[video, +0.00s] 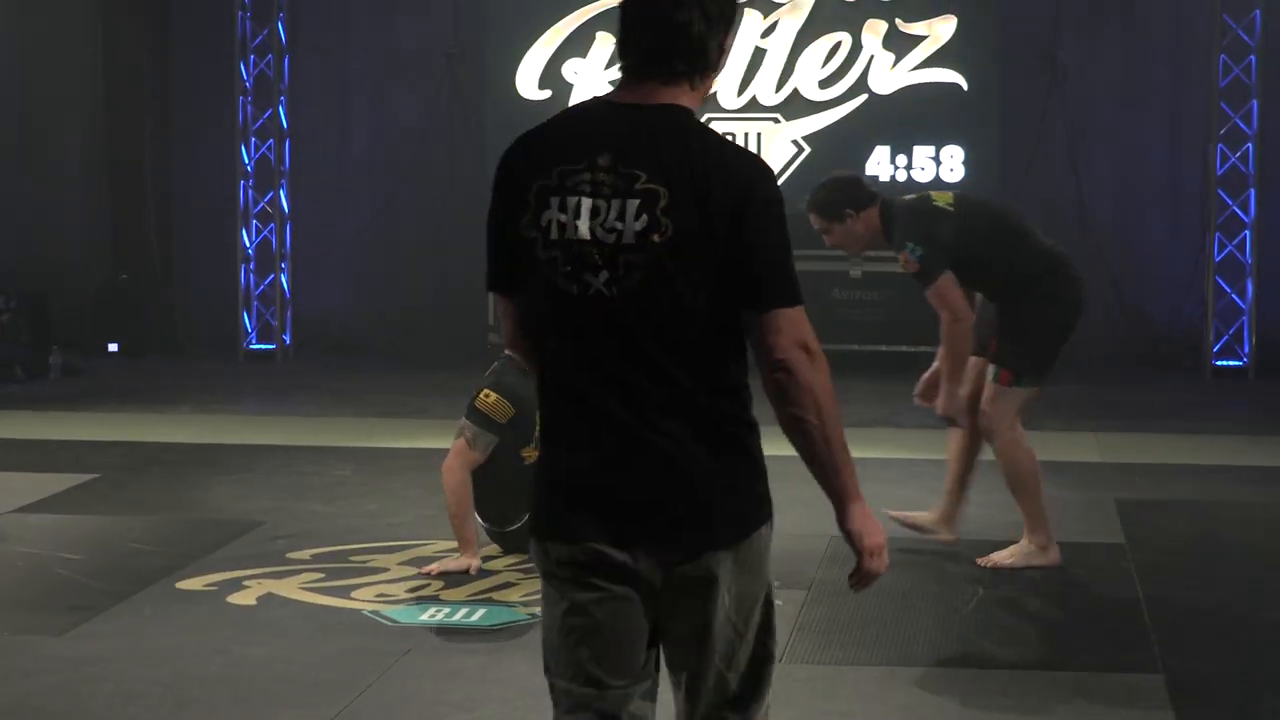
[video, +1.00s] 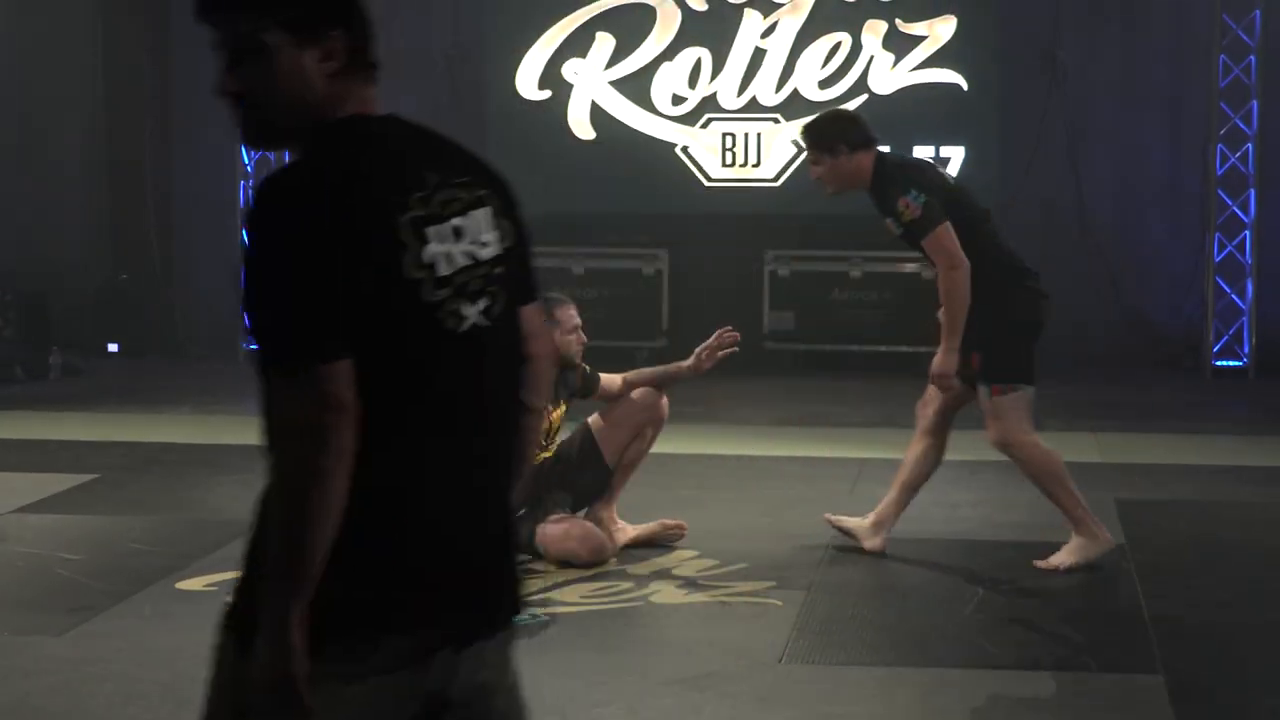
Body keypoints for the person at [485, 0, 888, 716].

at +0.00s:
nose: (729, 60)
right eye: (728, 45)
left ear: (623, 45)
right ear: (718, 53)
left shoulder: (530, 157)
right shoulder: (737, 178)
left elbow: (516, 334)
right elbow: (786, 356)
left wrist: (595, 387)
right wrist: (851, 503)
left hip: (579, 489)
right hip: (707, 496)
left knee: (591, 707)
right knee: (723, 705)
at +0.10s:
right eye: (693, 51)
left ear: (594, 49)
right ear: (689, 63)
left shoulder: (505, 165)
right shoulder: (722, 176)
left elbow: (491, 348)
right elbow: (771, 358)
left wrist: (572, 403)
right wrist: (830, 512)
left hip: (556, 504)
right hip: (688, 506)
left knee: (581, 710)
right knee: (718, 707)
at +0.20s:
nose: (542, 53)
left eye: (547, 36)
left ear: (556, 43)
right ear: (659, 50)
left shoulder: (479, 173)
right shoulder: (712, 172)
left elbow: (456, 364)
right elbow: (761, 359)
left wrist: (506, 476)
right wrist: (805, 511)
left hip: (536, 512)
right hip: (673, 513)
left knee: (563, 710)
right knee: (698, 709)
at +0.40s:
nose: (464, 47)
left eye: (478, 21)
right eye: (469, 24)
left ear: (531, 21)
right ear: (601, 34)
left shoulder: (455, 153)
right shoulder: (695, 147)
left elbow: (409, 354)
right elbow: (745, 338)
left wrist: (401, 508)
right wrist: (745, 488)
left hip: (518, 501)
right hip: (655, 500)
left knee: (541, 704)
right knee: (671, 706)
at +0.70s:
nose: (399, 38)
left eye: (419, 14)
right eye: (403, 17)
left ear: (494, 16)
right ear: (502, 21)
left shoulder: (441, 144)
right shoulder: (632, 145)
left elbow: (428, 346)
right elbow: (687, 328)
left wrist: (370, 529)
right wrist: (663, 477)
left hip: (467, 529)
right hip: (604, 523)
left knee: (431, 705)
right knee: (592, 708)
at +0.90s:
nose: (300, 64)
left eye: (322, 37)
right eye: (300, 43)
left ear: (401, 34)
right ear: (408, 36)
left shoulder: (358, 181)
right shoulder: (542, 155)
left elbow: (383, 388)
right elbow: (605, 355)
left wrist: (349, 583)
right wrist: (578, 502)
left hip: (404, 575)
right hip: (539, 556)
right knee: (541, 706)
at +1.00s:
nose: (227, 83)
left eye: (247, 55)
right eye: (228, 60)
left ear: (326, 52)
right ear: (338, 55)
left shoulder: (294, 200)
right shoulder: (466, 171)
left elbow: (320, 423)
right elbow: (537, 353)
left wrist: (278, 617)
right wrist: (496, 503)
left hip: (344, 602)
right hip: (472, 578)